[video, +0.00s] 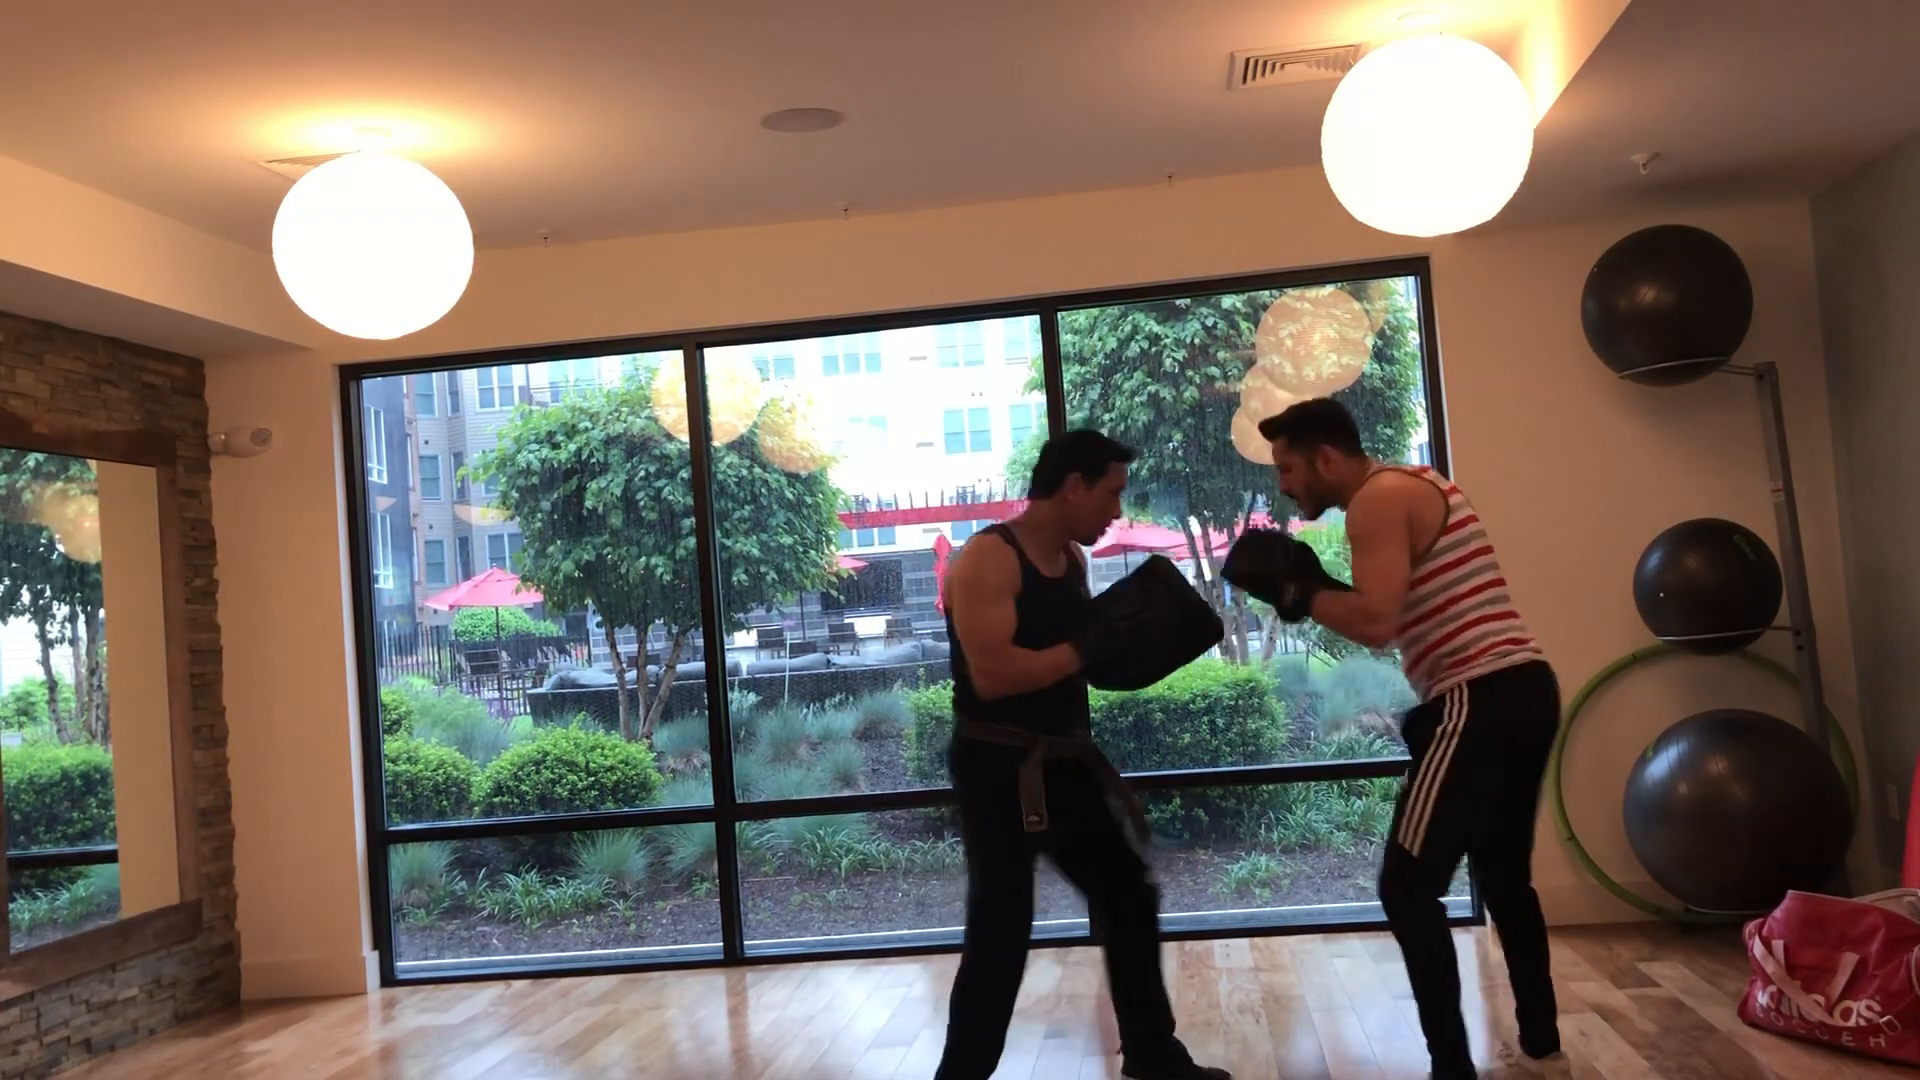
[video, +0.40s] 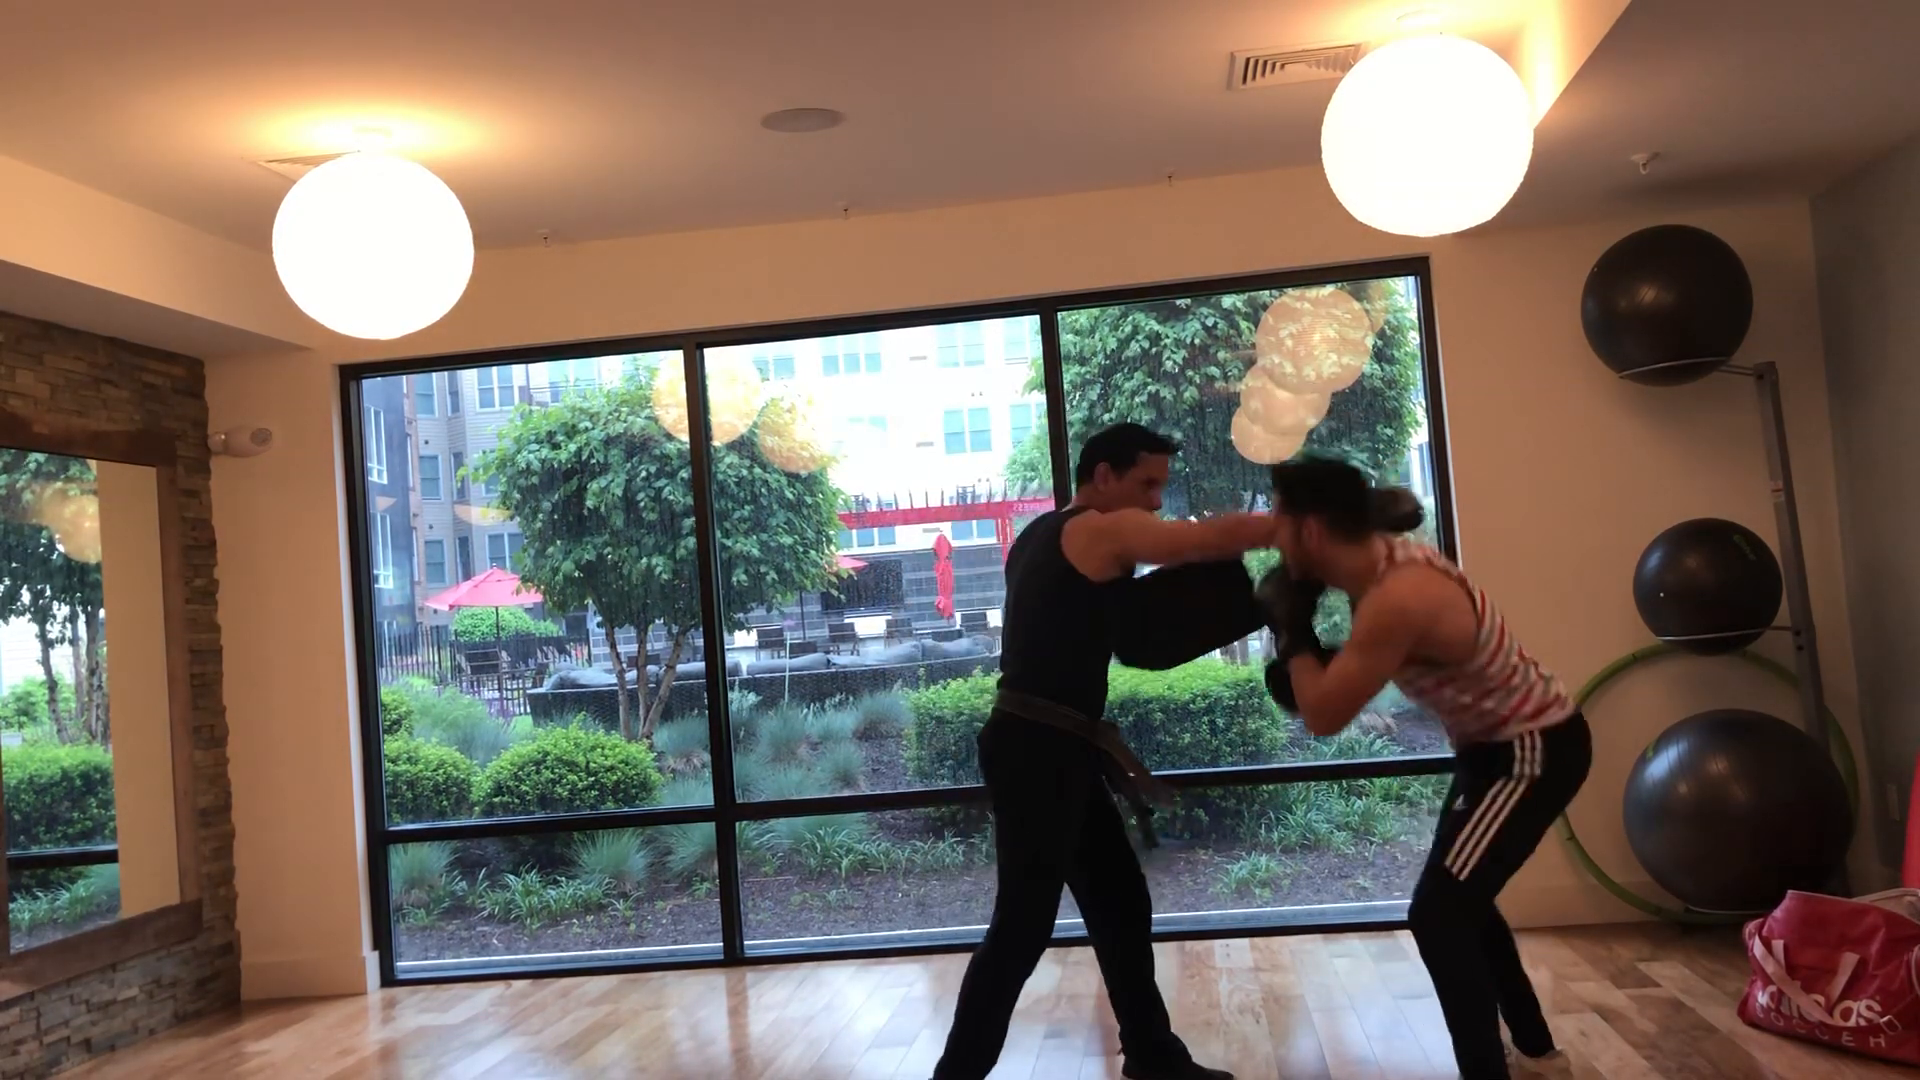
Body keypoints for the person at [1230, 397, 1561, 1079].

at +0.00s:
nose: (1283, 488)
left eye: (1285, 471)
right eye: (1278, 474)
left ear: (1325, 456)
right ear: (1332, 456)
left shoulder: (1379, 497)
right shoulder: (1418, 484)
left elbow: (1376, 621)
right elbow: (1391, 615)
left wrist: (1297, 588)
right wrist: (1316, 587)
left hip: (1478, 698)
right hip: (1526, 688)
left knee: (1407, 886)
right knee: (1504, 876)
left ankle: (1451, 1066)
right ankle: (1541, 1035)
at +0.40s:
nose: (1276, 539)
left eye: (1280, 524)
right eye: (1276, 524)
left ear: (1312, 529)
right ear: (1335, 520)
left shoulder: (1400, 599)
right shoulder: (1384, 563)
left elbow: (1322, 713)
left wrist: (1292, 628)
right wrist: (1305, 654)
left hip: (1531, 748)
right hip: (1494, 745)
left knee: (1436, 913)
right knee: (1460, 896)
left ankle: (1485, 1072)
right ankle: (1536, 1045)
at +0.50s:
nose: (1276, 566)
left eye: (1278, 551)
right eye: (1274, 551)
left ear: (1310, 558)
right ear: (1339, 545)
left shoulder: (1408, 627)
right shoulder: (1380, 587)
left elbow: (1333, 754)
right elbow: (1397, 683)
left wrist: (1299, 660)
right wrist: (1317, 704)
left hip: (1537, 758)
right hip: (1492, 752)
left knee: (1428, 917)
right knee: (1444, 899)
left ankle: (1481, 1071)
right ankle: (1530, 1042)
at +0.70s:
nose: (1279, 521)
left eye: (1285, 503)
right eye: (1280, 505)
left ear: (1321, 504)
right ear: (1336, 501)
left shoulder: (1402, 569)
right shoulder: (1384, 558)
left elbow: (1350, 708)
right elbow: (1396, 661)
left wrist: (1285, 644)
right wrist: (1303, 687)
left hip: (1519, 744)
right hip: (1488, 742)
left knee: (1432, 915)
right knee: (1454, 899)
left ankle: (1481, 1071)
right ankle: (1527, 1040)